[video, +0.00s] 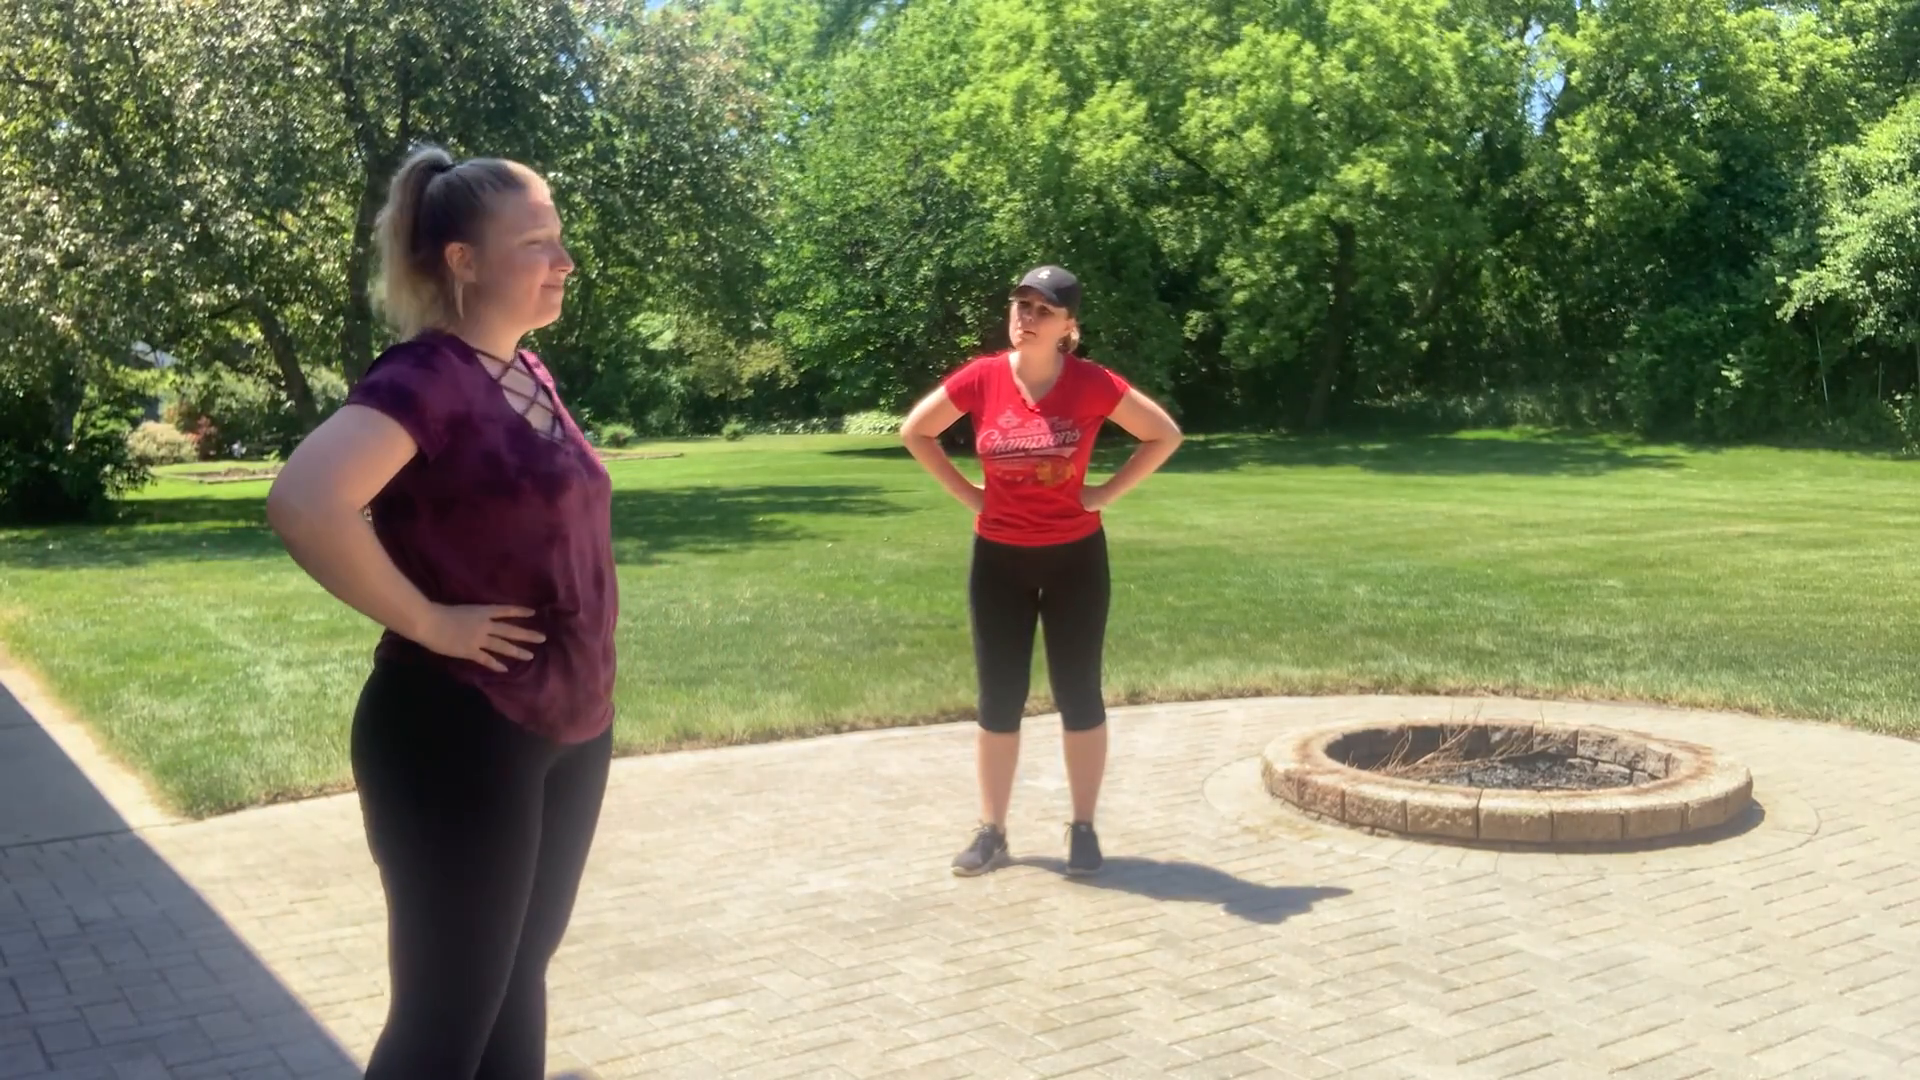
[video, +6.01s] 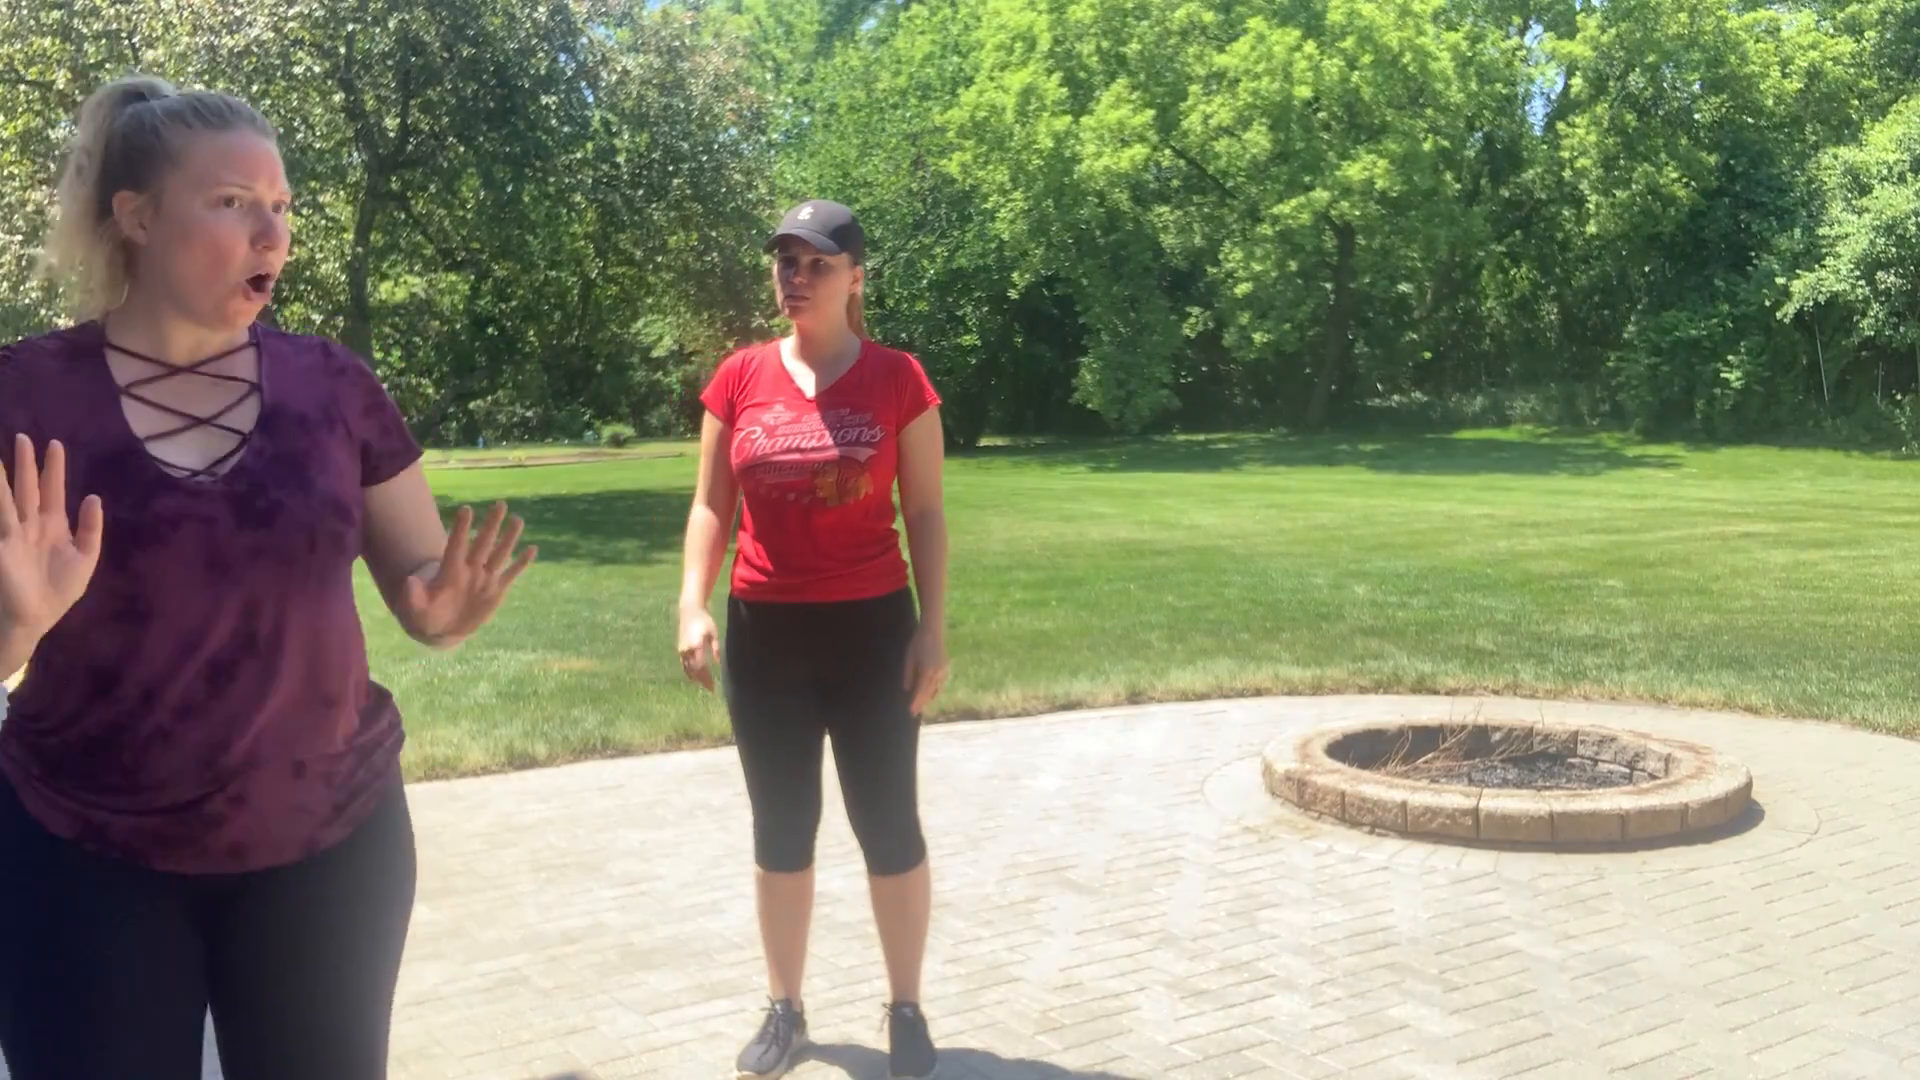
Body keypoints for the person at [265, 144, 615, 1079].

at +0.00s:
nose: (563, 260)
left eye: (560, 240)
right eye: (538, 243)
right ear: (462, 261)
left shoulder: (528, 370)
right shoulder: (426, 377)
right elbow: (306, 501)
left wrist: (560, 600)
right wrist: (425, 619)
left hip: (566, 717)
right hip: (462, 726)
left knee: (519, 984)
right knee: (444, 1019)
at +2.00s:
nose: (532, 262)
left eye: (525, 242)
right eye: (520, 241)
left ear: (451, 259)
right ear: (479, 246)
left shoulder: (467, 372)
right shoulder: (446, 365)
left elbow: (467, 573)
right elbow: (450, 566)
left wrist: (584, 644)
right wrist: (563, 712)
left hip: (505, 721)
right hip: (467, 725)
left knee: (502, 1021)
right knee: (480, 1028)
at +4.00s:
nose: (618, 281)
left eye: (616, 262)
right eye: (611, 261)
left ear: (556, 267)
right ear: (562, 267)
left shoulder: (573, 375)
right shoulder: (465, 381)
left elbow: (585, 550)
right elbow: (431, 583)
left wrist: (643, 662)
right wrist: (500, 749)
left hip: (585, 730)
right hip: (479, 738)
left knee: (547, 992)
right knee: (472, 1016)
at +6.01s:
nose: (274, 238)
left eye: (281, 209)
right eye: (235, 205)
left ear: (291, 222)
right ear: (133, 215)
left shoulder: (333, 385)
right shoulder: (25, 394)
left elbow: (420, 577)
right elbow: (4, 666)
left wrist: (448, 614)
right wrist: (23, 627)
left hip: (319, 842)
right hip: (80, 851)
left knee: (330, 1066)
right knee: (96, 1064)